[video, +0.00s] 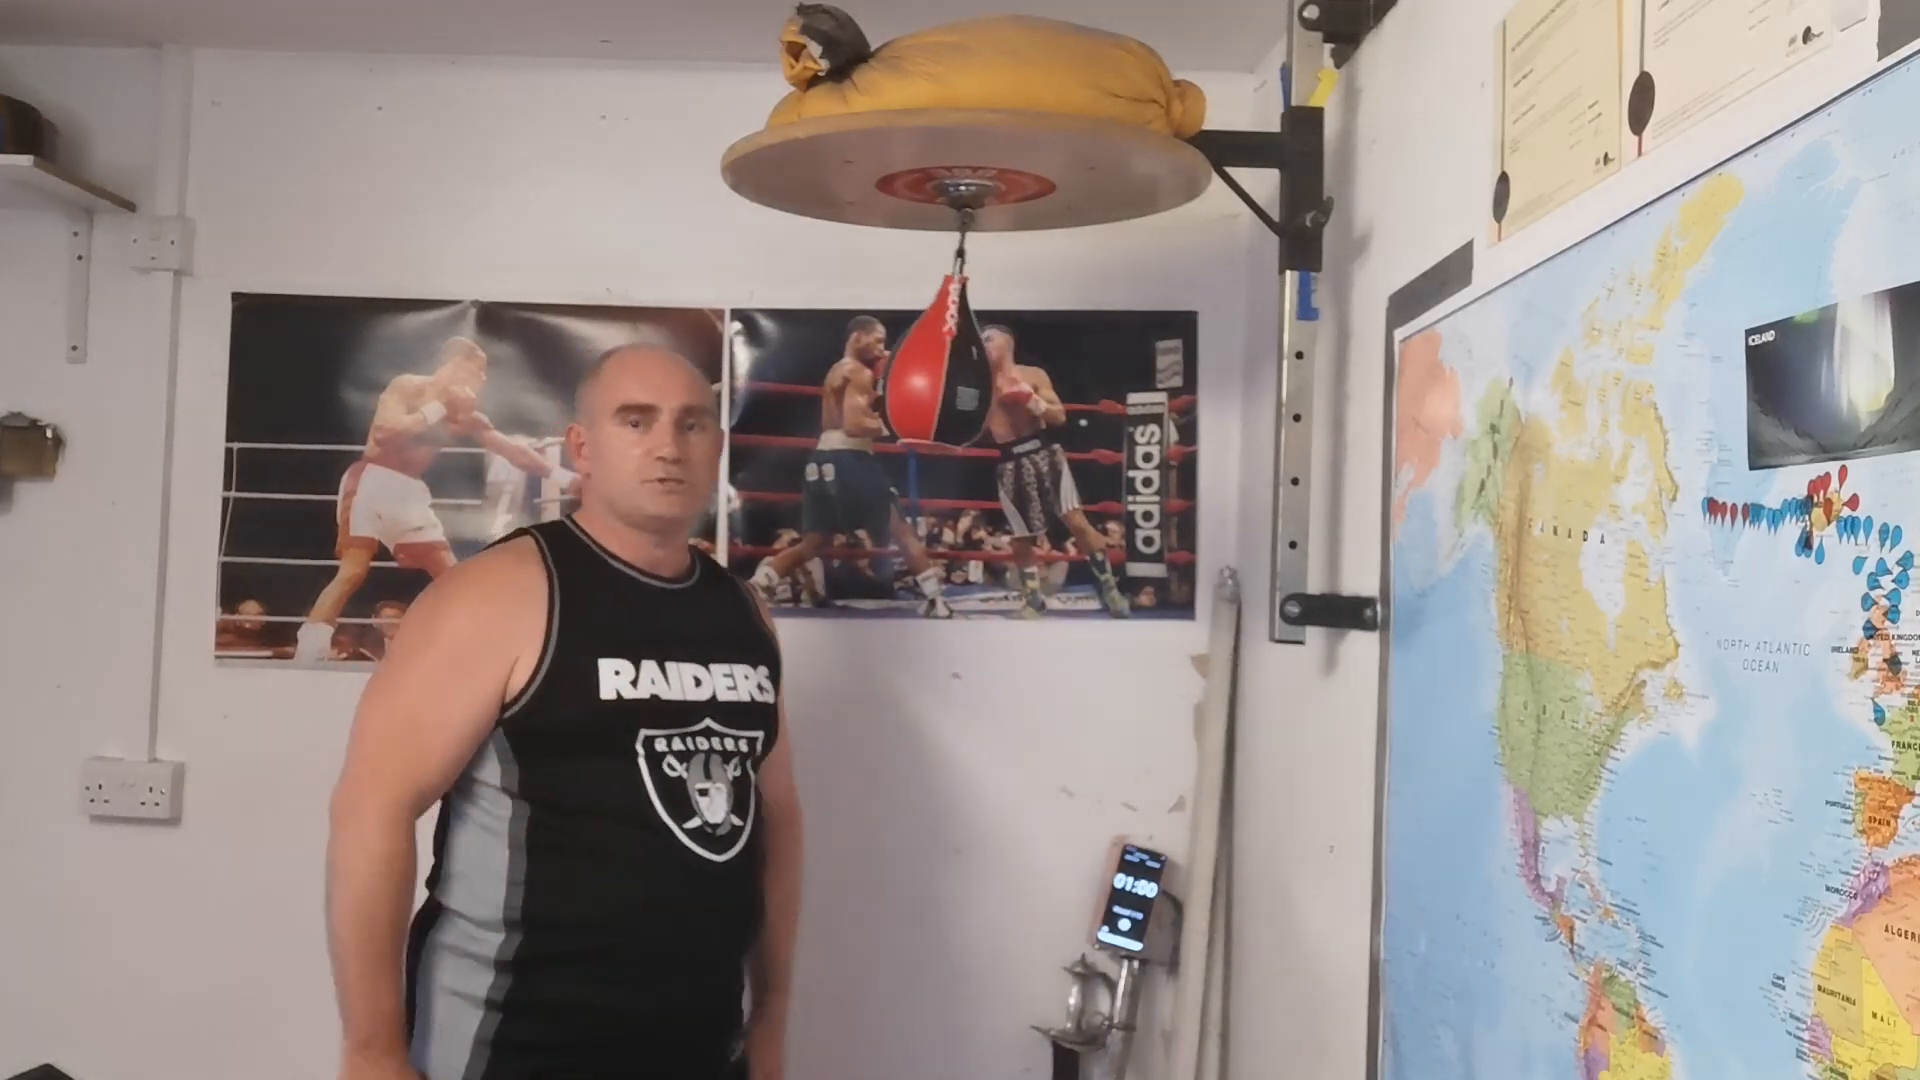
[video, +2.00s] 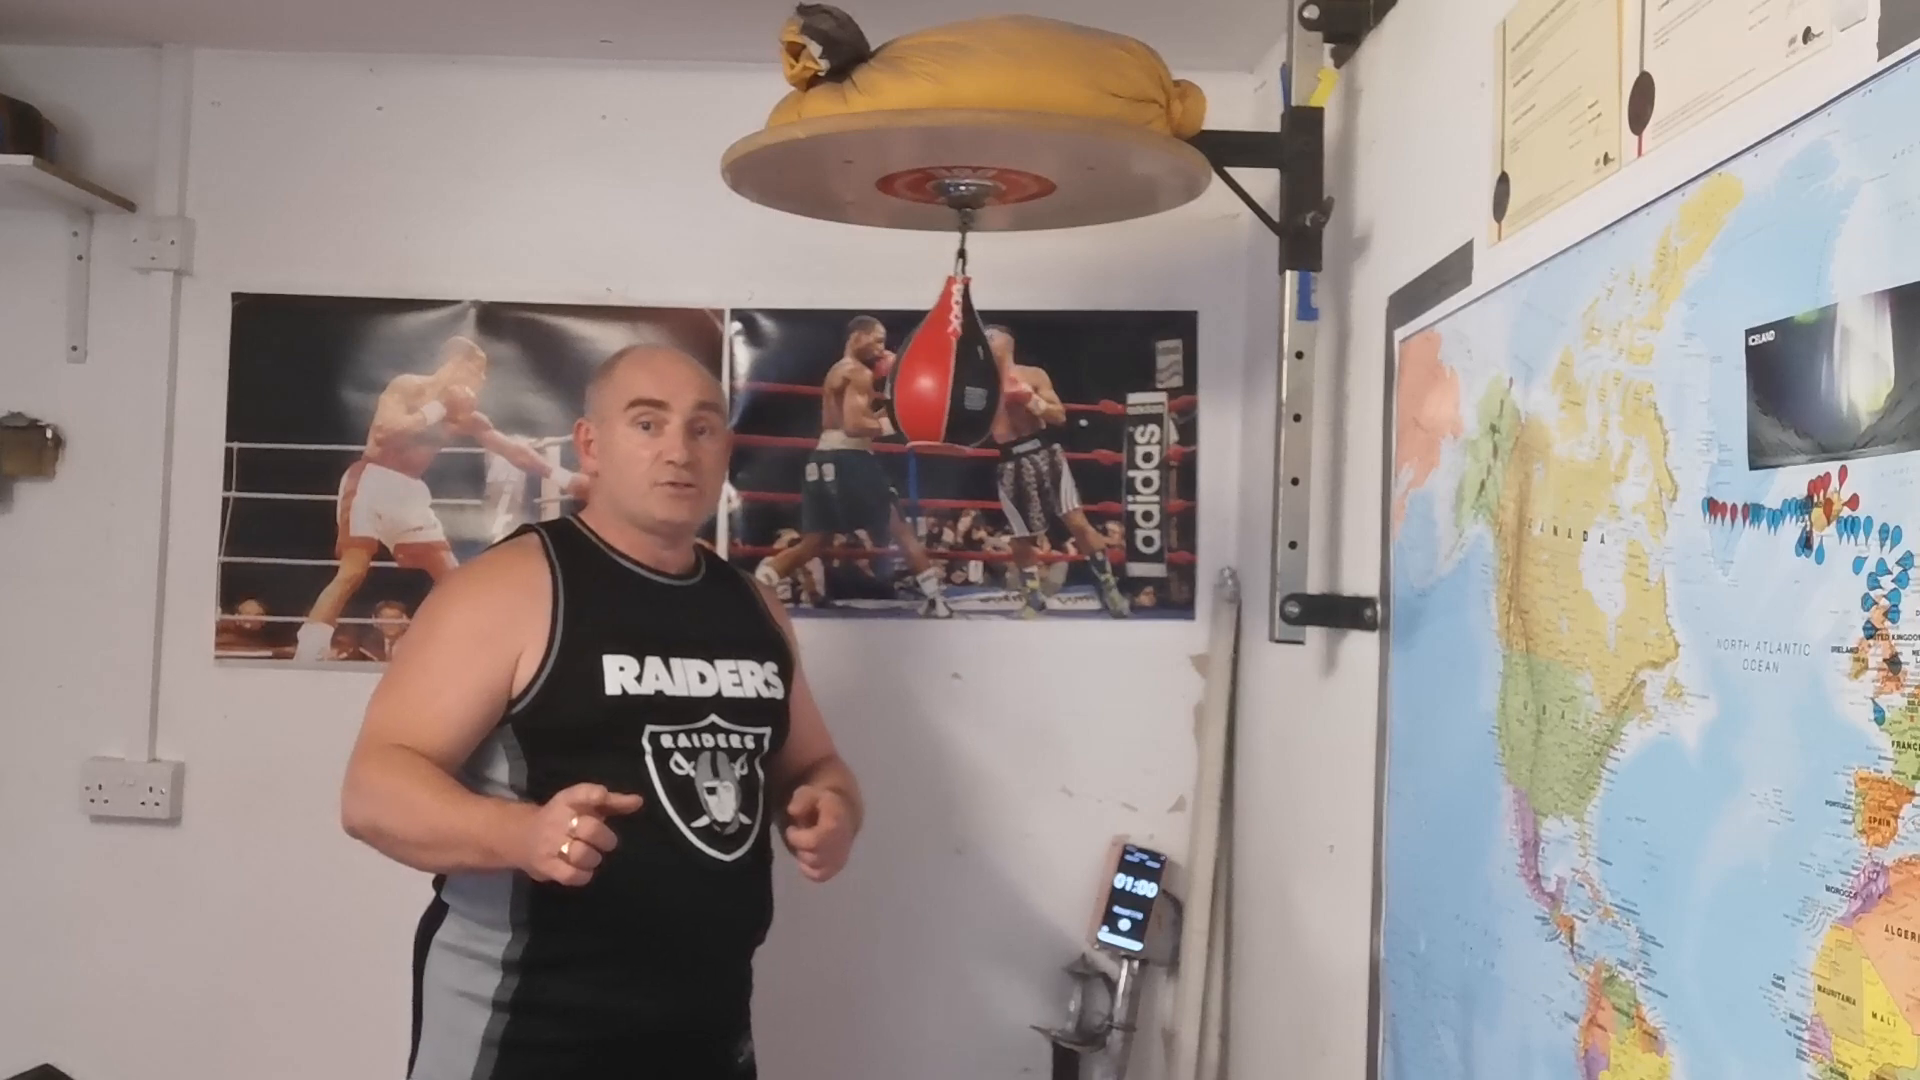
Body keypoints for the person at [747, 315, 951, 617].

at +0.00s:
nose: (882, 349)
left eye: (883, 343)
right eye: (878, 341)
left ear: (854, 341)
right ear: (857, 338)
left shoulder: (833, 373)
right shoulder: (859, 373)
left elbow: (834, 421)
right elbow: (854, 424)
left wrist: (876, 372)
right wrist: (886, 425)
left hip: (820, 462)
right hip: (853, 462)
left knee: (814, 542)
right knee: (903, 531)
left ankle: (754, 588)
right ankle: (937, 600)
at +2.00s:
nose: (881, 348)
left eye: (882, 342)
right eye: (878, 341)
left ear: (855, 340)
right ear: (857, 337)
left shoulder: (833, 373)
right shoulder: (859, 373)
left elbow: (834, 422)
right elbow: (854, 425)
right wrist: (887, 424)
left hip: (820, 462)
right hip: (853, 461)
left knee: (815, 541)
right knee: (900, 529)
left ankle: (756, 588)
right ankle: (936, 597)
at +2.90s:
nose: (881, 348)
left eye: (883, 342)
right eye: (878, 340)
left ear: (855, 340)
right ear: (857, 337)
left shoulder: (834, 372)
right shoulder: (858, 373)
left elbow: (840, 418)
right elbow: (854, 424)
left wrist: (881, 382)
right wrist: (885, 426)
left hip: (819, 463)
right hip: (852, 463)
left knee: (815, 542)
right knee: (901, 529)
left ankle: (756, 589)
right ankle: (935, 597)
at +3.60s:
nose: (881, 349)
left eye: (883, 342)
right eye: (878, 341)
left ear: (854, 340)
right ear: (857, 338)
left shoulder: (833, 373)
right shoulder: (859, 373)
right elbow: (854, 424)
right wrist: (889, 423)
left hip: (820, 462)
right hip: (852, 462)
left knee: (814, 542)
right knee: (902, 531)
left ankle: (755, 587)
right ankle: (935, 598)